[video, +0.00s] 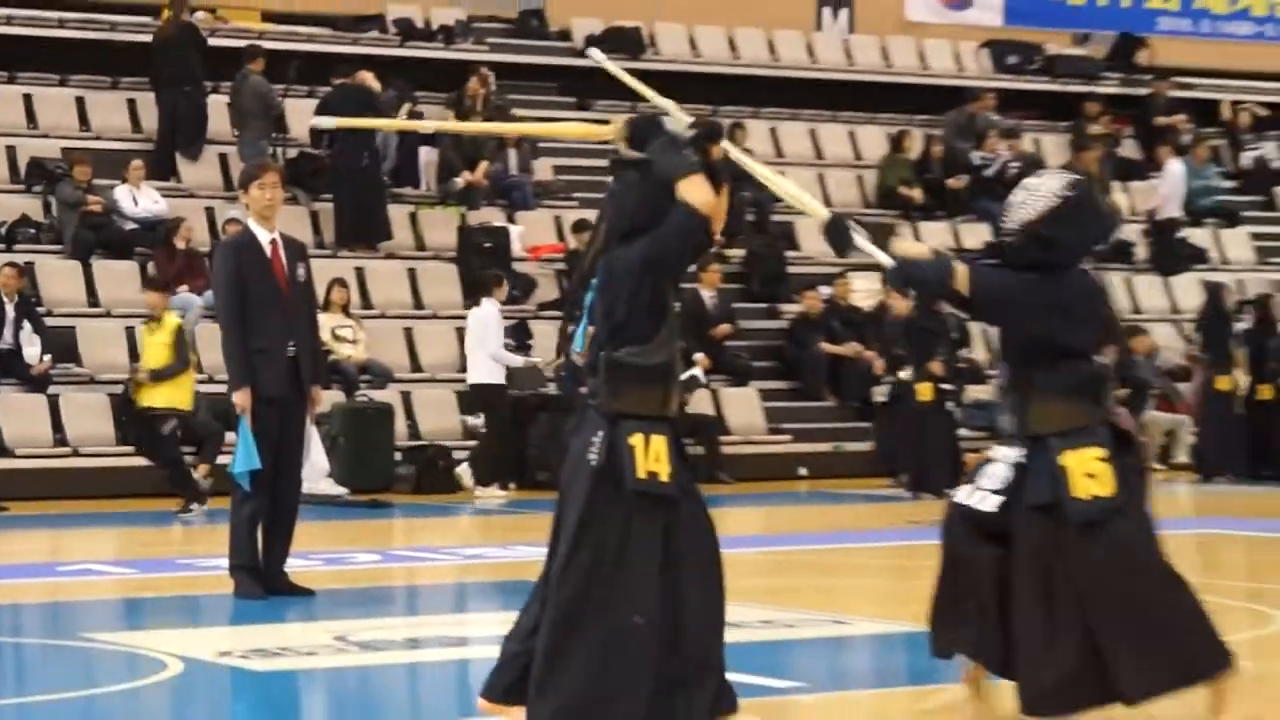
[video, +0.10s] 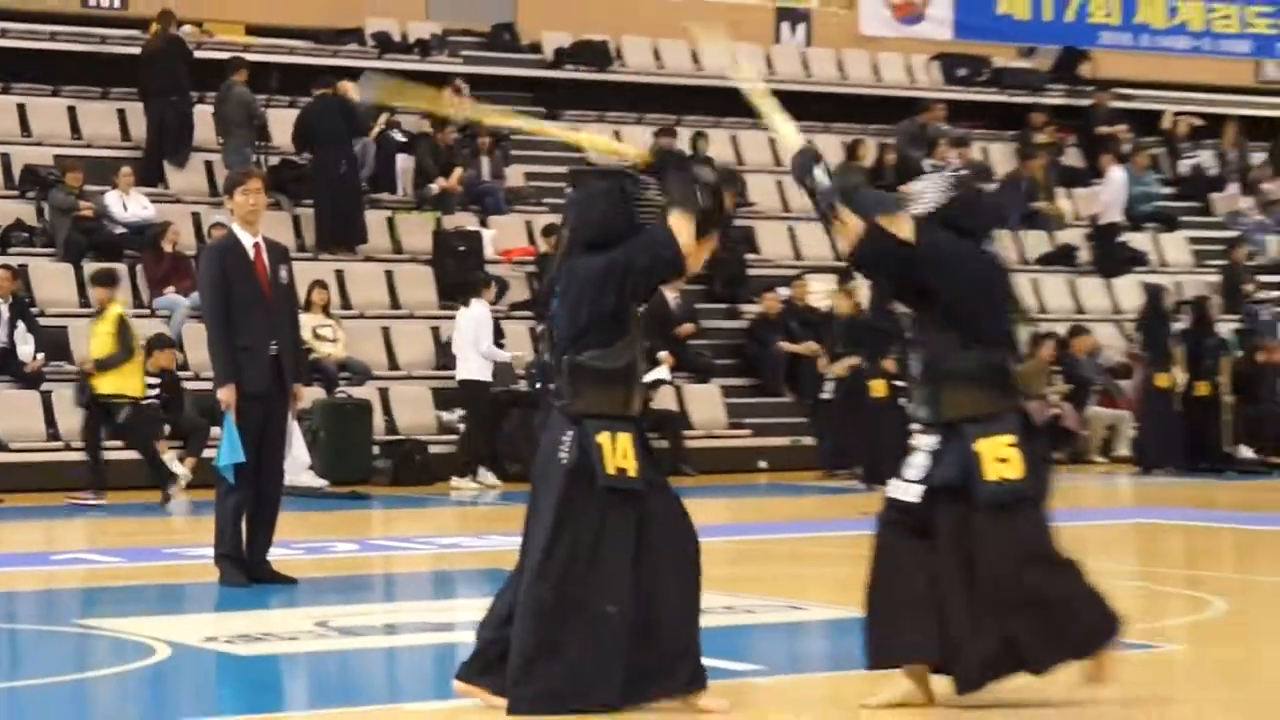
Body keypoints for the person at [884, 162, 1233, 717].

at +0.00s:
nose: (1005, 236)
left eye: (1016, 226)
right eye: (1008, 225)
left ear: (1043, 232)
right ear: (1055, 232)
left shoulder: (1064, 291)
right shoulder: (1035, 281)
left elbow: (967, 285)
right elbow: (958, 269)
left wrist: (889, 260)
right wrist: (880, 248)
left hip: (1080, 446)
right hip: (1034, 444)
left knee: (1111, 552)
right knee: (969, 527)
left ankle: (1213, 664)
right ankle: (976, 656)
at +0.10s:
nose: (878, 238)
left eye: (884, 227)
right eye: (875, 231)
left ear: (911, 221)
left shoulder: (969, 264)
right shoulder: (926, 265)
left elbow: (898, 248)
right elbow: (863, 245)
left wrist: (838, 198)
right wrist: (824, 192)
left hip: (988, 429)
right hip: (939, 432)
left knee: (1009, 547)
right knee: (902, 544)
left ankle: (1093, 635)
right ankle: (914, 677)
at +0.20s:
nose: (818, 234)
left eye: (825, 224)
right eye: (816, 225)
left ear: (847, 224)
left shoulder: (906, 282)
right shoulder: (858, 281)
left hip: (928, 425)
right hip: (880, 430)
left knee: (931, 542)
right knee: (841, 535)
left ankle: (996, 643)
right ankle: (865, 652)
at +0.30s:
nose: (776, 225)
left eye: (782, 218)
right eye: (774, 221)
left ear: (814, 231)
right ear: (823, 232)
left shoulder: (849, 289)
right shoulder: (811, 286)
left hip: (869, 436)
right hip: (819, 437)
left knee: (899, 545)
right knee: (776, 538)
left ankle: (967, 639)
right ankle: (775, 646)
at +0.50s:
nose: (723, 225)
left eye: (732, 218)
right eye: (726, 218)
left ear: (754, 229)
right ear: (758, 232)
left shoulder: (776, 278)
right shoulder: (739, 277)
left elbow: (734, 243)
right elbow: (704, 228)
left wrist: (696, 188)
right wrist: (714, 159)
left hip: (770, 412)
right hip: (732, 409)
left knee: (762, 511)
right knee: (681, 492)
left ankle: (776, 617)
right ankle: (703, 596)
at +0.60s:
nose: (697, 239)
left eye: (706, 233)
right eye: (698, 233)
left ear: (725, 243)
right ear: (705, 242)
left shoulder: (742, 284)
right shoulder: (691, 280)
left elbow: (692, 236)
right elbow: (663, 240)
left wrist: (670, 194)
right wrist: (672, 188)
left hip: (733, 421)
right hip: (690, 417)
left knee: (732, 518)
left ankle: (766, 621)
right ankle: (703, 613)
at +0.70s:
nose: (668, 236)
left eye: (676, 231)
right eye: (666, 229)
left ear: (695, 243)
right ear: (666, 239)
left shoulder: (703, 285)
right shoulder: (647, 275)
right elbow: (642, 232)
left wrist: (690, 254)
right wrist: (651, 175)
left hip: (690, 411)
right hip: (641, 405)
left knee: (702, 508)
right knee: (629, 507)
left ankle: (756, 607)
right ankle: (629, 614)